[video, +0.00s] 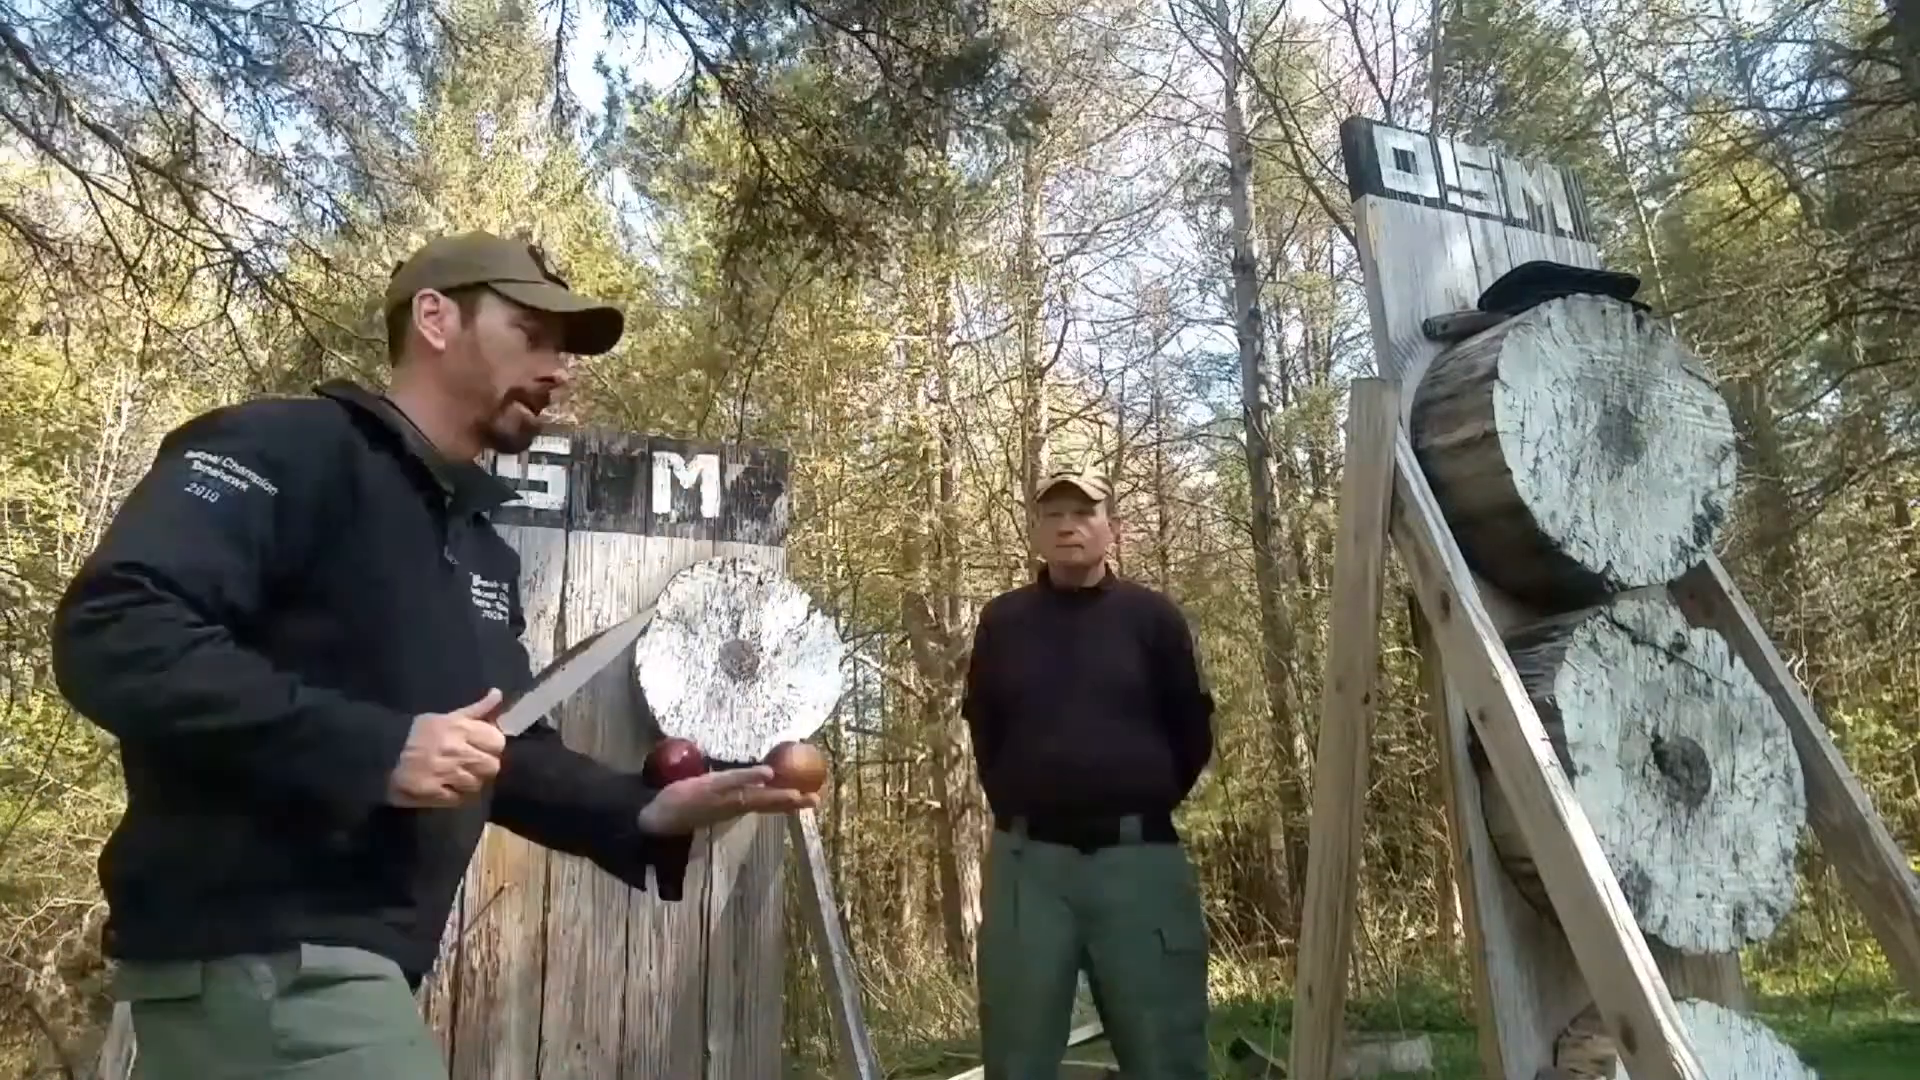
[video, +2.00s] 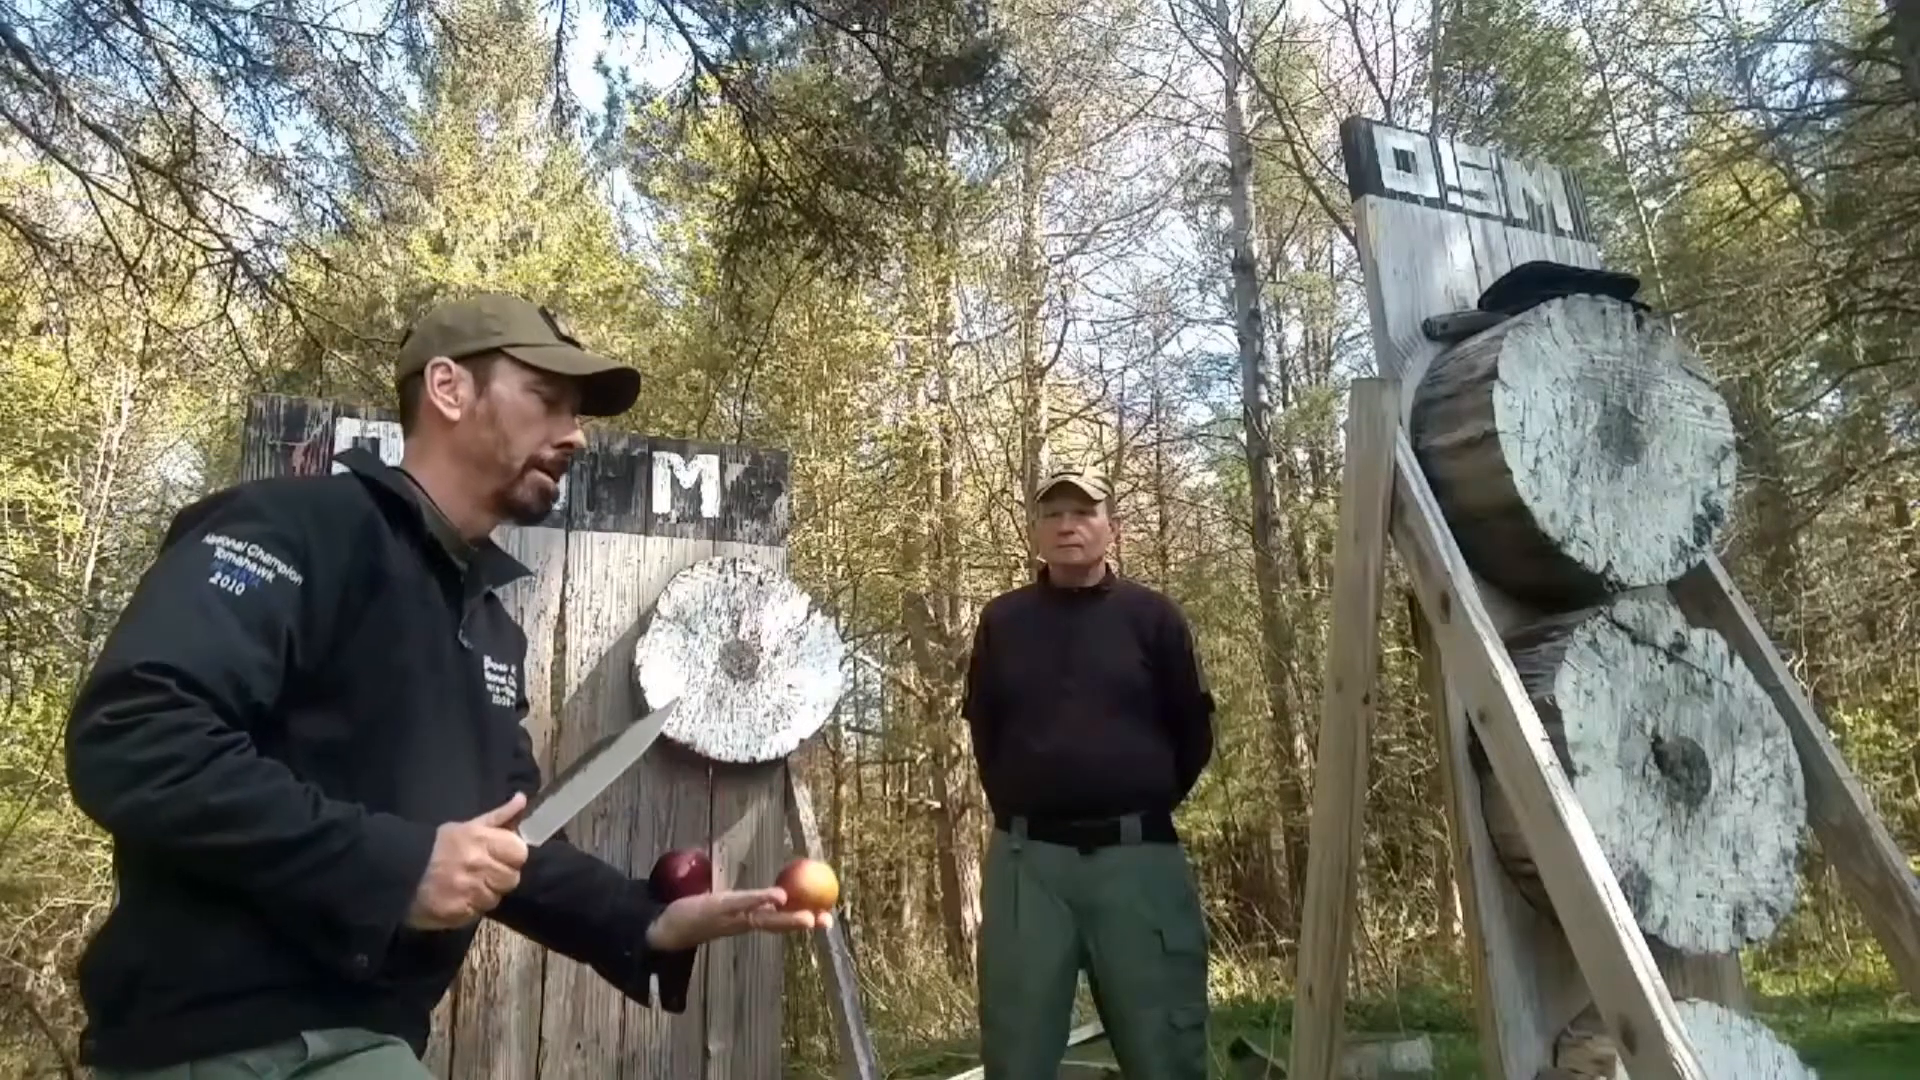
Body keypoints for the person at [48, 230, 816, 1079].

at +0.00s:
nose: (563, 371)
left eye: (570, 349)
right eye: (540, 334)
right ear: (437, 319)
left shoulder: (484, 550)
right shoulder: (281, 448)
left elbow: (487, 751)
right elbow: (113, 634)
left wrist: (654, 809)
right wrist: (375, 747)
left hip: (349, 966)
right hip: (266, 967)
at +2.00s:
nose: (574, 438)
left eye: (577, 414)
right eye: (549, 401)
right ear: (449, 392)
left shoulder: (491, 622)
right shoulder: (295, 525)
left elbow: (481, 839)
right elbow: (132, 741)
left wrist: (651, 922)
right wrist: (397, 863)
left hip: (370, 1033)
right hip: (241, 1032)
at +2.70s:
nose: (552, 450)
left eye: (555, 424)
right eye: (523, 412)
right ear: (420, 409)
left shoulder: (487, 628)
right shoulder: (264, 558)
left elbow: (548, 816)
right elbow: (149, 788)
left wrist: (716, 851)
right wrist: (421, 874)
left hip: (408, 1038)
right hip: (260, 1037)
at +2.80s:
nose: (546, 425)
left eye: (547, 399)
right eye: (518, 392)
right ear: (418, 387)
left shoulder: (487, 598)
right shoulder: (263, 537)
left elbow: (561, 765)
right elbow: (164, 749)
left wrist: (757, 776)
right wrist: (456, 806)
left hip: (416, 1021)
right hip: (290, 1025)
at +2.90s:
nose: (541, 395)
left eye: (541, 371)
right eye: (510, 359)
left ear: (425, 368)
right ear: (413, 360)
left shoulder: (484, 569)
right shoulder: (277, 506)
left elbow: (579, 719)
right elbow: (196, 704)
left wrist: (769, 699)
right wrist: (492, 707)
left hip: (408, 992)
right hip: (323, 999)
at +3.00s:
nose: (537, 370)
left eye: (538, 347)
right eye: (507, 334)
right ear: (410, 336)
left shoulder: (478, 530)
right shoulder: (292, 468)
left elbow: (598, 665)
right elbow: (234, 649)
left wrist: (780, 631)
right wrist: (518, 600)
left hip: (411, 962)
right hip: (338, 970)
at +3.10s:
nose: (529, 340)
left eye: (528, 319)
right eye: (500, 311)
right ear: (403, 314)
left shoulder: (492, 492)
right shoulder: (298, 443)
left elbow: (604, 626)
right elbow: (276, 598)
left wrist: (780, 577)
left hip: (426, 927)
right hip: (340, 932)